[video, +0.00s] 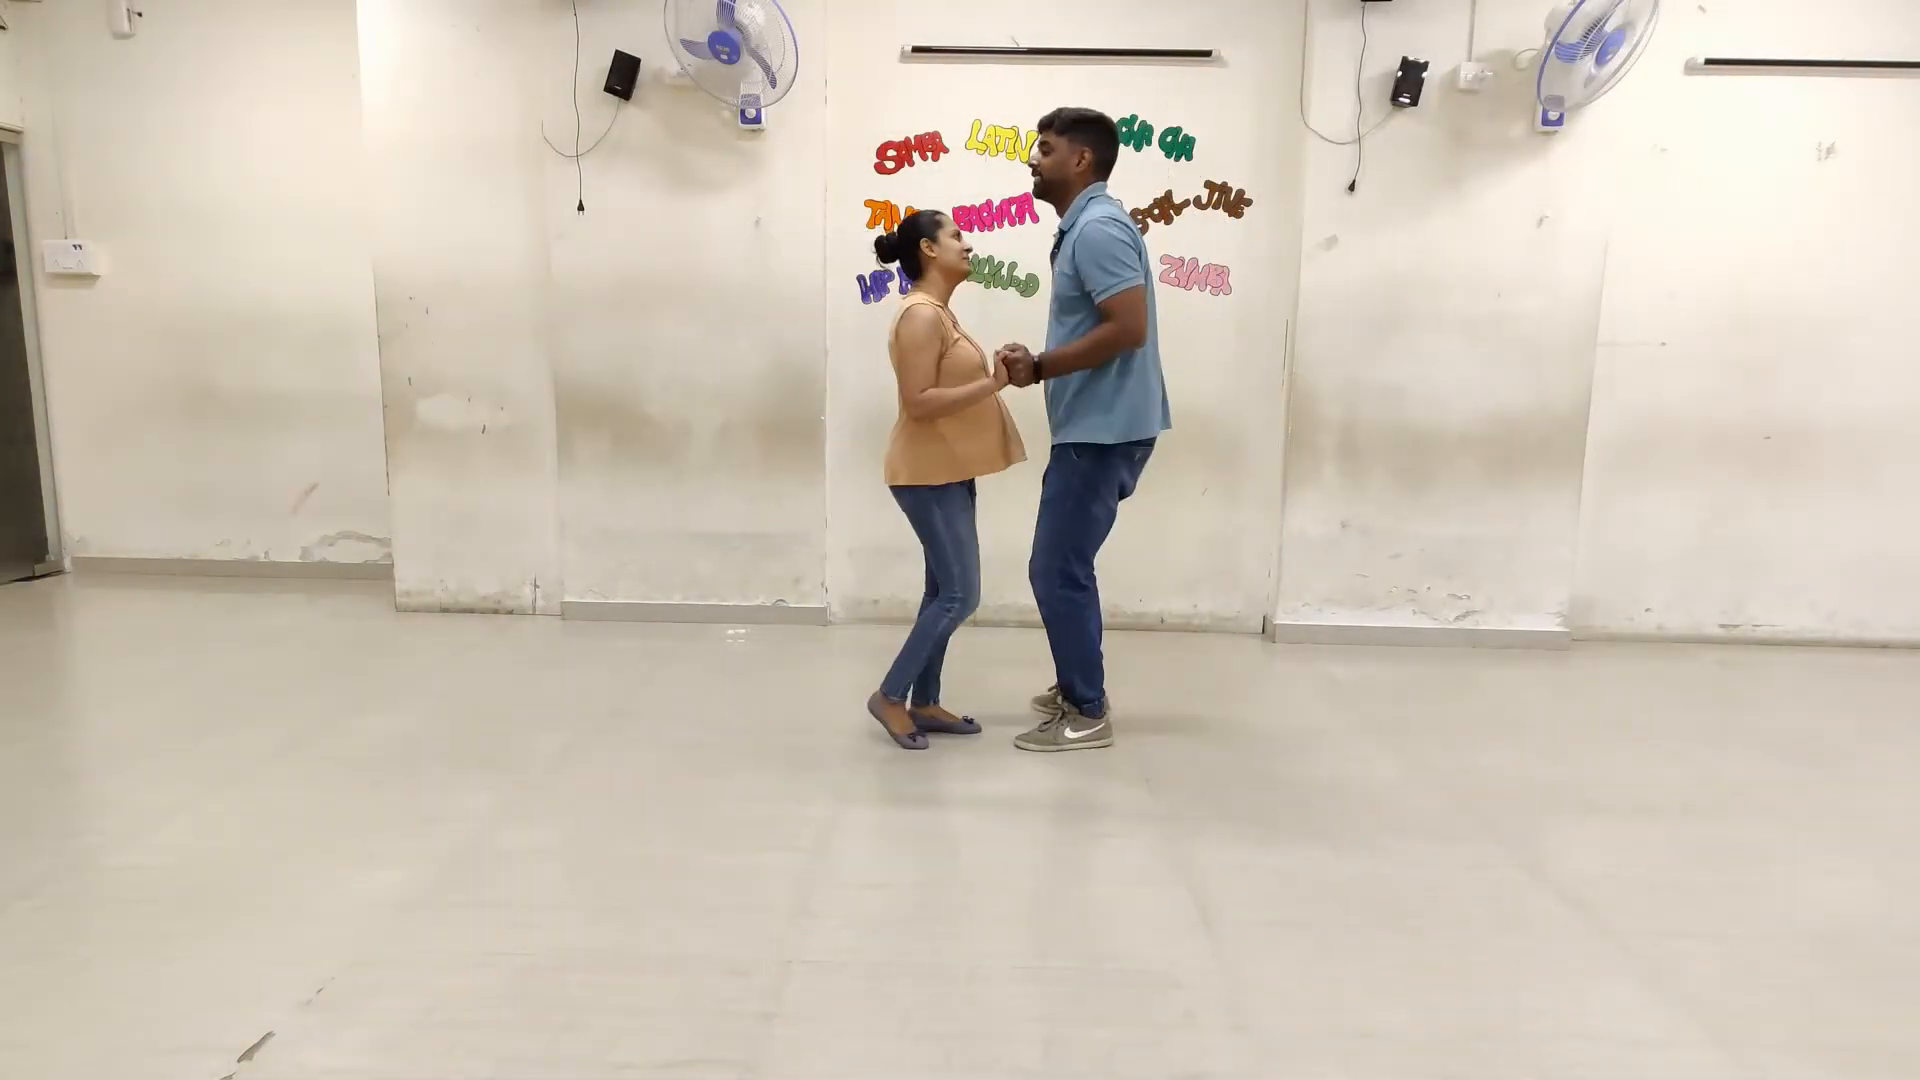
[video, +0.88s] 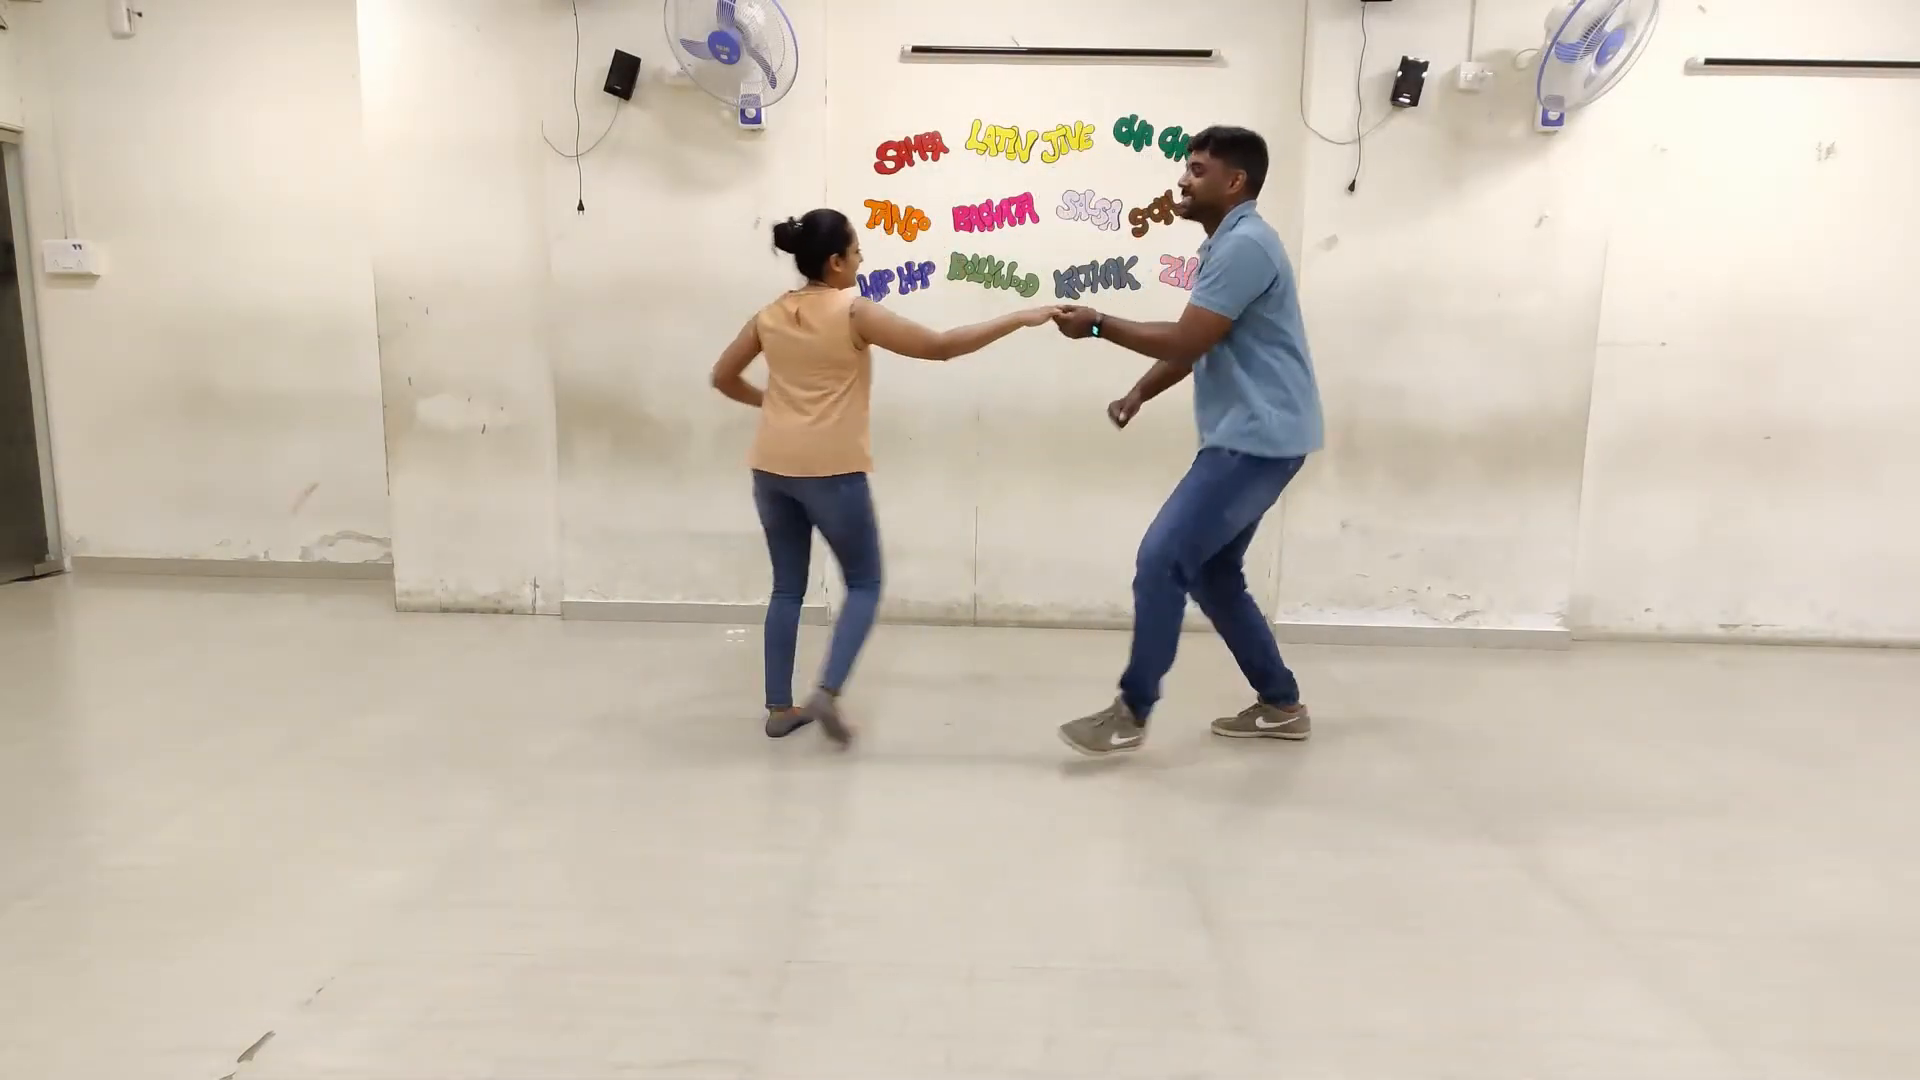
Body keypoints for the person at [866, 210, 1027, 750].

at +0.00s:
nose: (967, 244)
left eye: (963, 235)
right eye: (956, 237)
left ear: (932, 251)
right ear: (929, 250)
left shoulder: (939, 311)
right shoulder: (919, 315)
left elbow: (944, 390)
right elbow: (917, 403)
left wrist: (994, 370)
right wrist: (990, 382)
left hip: (949, 472)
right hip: (926, 476)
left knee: (943, 591)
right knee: (960, 594)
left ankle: (925, 702)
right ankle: (889, 698)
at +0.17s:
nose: (944, 250)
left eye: (940, 241)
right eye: (934, 242)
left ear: (905, 252)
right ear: (907, 252)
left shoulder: (906, 310)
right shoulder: (896, 314)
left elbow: (920, 391)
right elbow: (917, 398)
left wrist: (975, 359)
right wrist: (984, 364)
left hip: (918, 472)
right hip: (896, 474)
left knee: (931, 597)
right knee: (923, 599)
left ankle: (924, 706)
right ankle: (836, 697)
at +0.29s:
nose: (903, 266)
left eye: (900, 256)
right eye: (895, 257)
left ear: (863, 264)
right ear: (868, 263)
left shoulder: (851, 319)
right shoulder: (857, 322)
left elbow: (898, 393)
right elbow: (913, 397)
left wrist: (950, 374)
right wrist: (999, 376)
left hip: (871, 484)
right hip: (853, 486)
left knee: (907, 588)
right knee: (862, 613)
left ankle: (924, 707)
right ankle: (779, 721)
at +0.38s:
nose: (872, 271)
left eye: (869, 261)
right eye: (865, 262)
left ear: (830, 269)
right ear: (838, 268)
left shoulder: (808, 323)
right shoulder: (832, 329)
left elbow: (873, 396)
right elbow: (898, 403)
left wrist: (927, 395)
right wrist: (984, 400)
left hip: (826, 487)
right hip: (822, 490)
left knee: (877, 589)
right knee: (829, 618)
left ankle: (915, 705)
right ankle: (765, 738)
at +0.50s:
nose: (845, 270)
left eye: (843, 261)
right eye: (839, 262)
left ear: (802, 267)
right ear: (812, 268)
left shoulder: (772, 323)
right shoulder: (821, 326)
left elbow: (800, 398)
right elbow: (904, 374)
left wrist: (862, 416)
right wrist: (984, 353)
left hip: (780, 480)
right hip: (803, 486)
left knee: (852, 580)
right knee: (811, 614)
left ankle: (868, 706)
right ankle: (763, 741)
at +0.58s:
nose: (830, 265)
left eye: (828, 254)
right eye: (824, 256)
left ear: (779, 263)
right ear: (800, 262)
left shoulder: (747, 320)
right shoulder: (818, 315)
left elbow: (736, 405)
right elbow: (905, 348)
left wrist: (816, 424)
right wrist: (986, 319)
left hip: (751, 474)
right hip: (797, 475)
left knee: (823, 576)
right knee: (794, 608)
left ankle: (803, 702)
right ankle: (763, 739)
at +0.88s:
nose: (859, 257)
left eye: (856, 248)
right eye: (854, 250)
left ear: (809, 262)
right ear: (835, 260)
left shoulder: (773, 313)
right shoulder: (855, 312)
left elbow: (723, 376)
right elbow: (940, 345)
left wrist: (774, 401)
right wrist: (1018, 318)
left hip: (772, 469)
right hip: (832, 472)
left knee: (787, 588)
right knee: (864, 583)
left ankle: (779, 709)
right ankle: (827, 693)